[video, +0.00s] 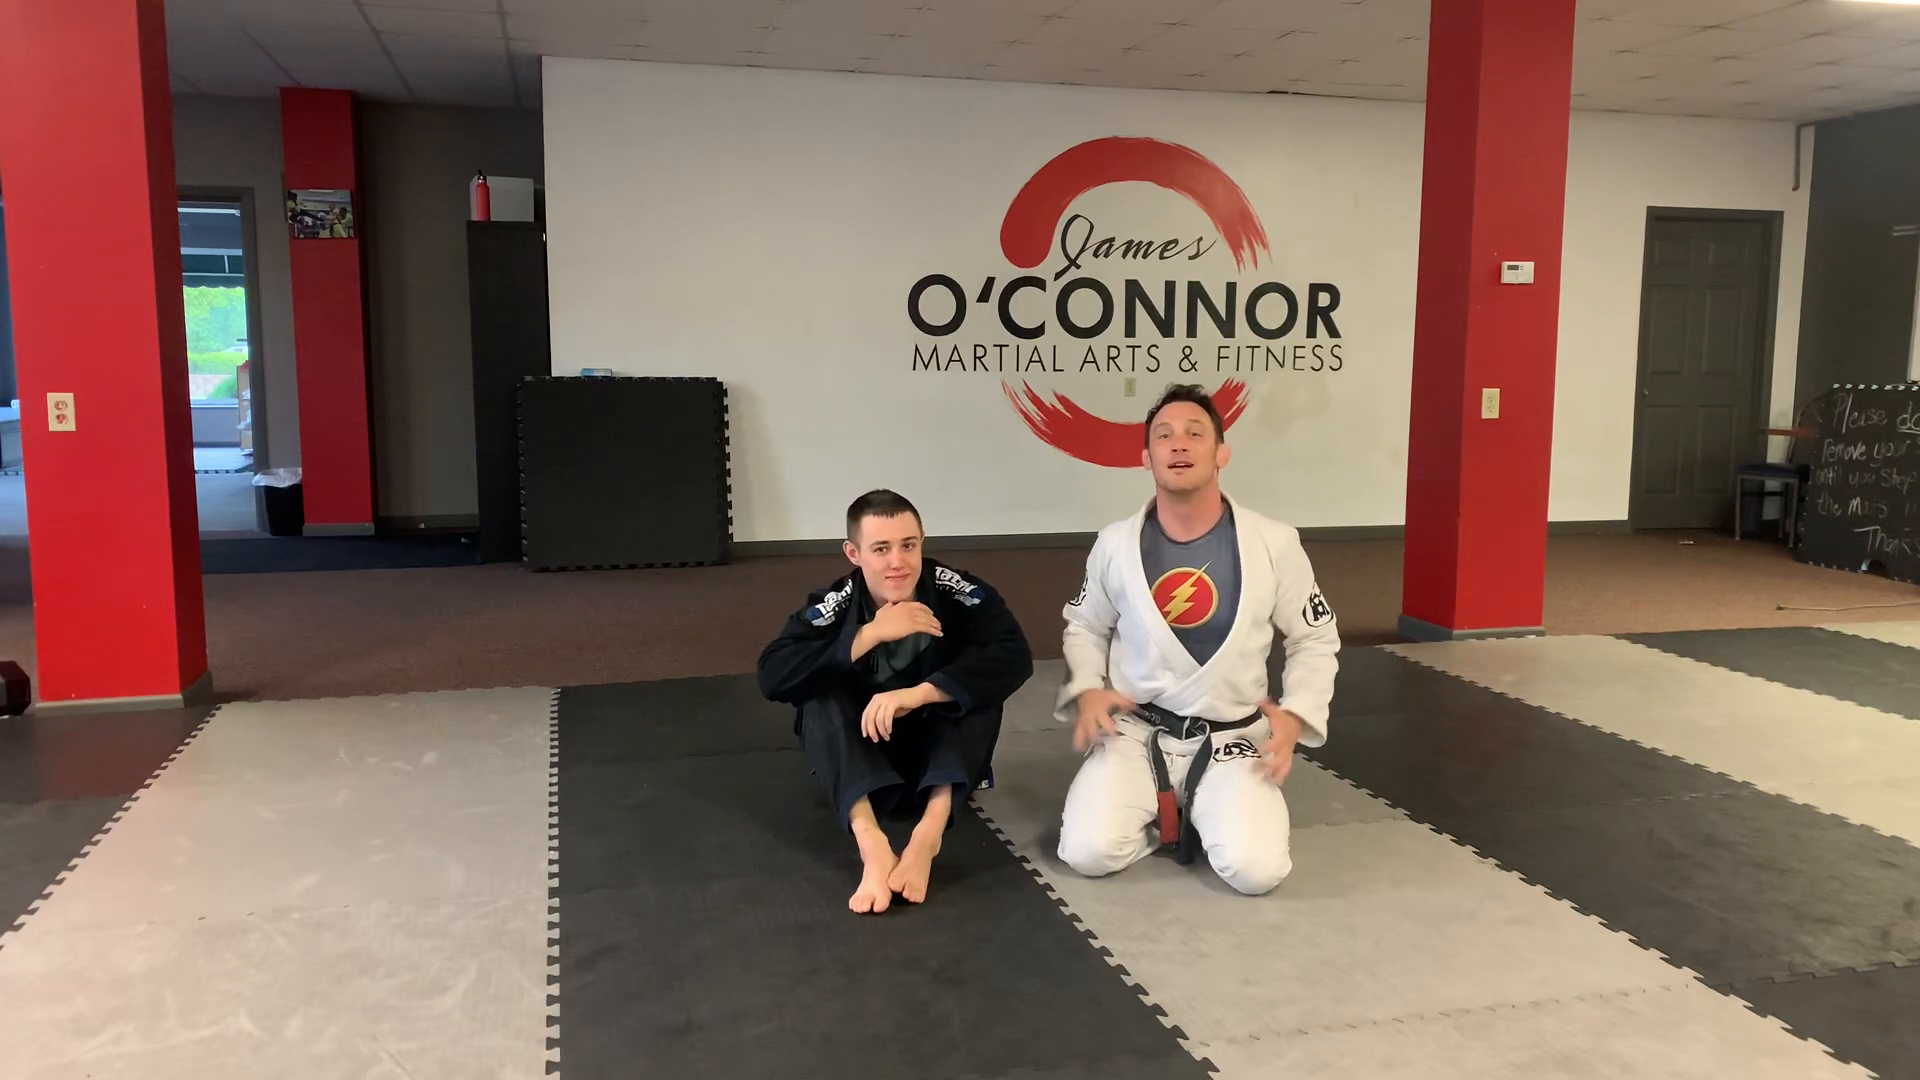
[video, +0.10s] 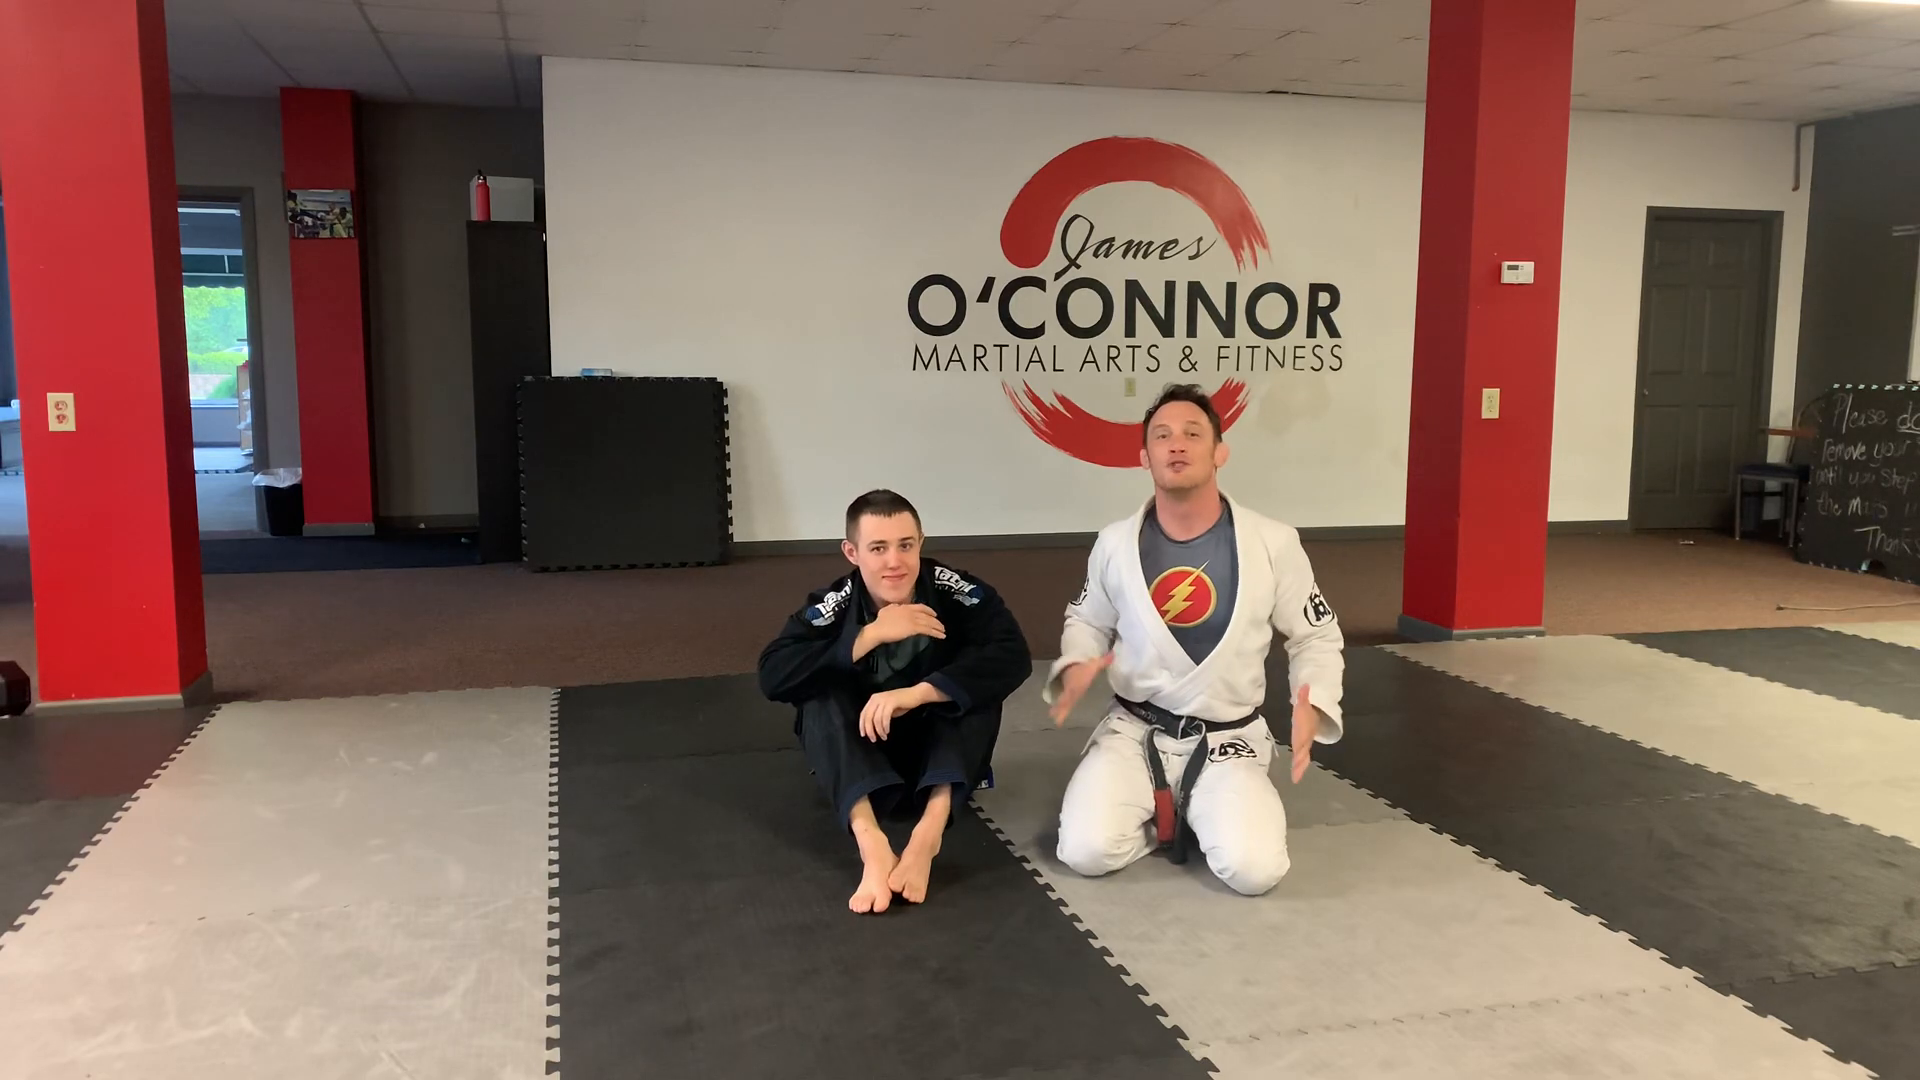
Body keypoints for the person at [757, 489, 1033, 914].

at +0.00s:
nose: (898, 561)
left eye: (908, 545)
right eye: (881, 549)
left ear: (921, 543)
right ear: (854, 554)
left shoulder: (960, 593)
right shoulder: (832, 606)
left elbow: (1011, 656)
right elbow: (774, 676)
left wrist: (920, 694)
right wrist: (872, 632)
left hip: (940, 756)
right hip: (859, 760)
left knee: (979, 687)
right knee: (823, 692)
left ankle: (929, 835)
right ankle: (872, 845)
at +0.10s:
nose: (895, 561)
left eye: (905, 545)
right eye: (878, 549)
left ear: (919, 543)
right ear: (852, 553)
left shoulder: (959, 593)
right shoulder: (832, 605)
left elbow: (1010, 656)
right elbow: (775, 675)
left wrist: (918, 693)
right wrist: (873, 633)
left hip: (939, 754)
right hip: (858, 758)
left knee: (977, 686)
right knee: (822, 691)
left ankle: (929, 833)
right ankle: (871, 843)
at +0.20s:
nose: (892, 561)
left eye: (904, 545)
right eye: (876, 548)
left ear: (919, 543)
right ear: (850, 552)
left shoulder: (958, 592)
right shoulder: (831, 606)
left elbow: (1009, 656)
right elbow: (776, 675)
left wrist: (918, 693)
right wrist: (875, 634)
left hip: (939, 753)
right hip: (858, 756)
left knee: (975, 687)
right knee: (821, 695)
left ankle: (929, 833)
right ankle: (871, 844)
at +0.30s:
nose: (892, 558)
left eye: (903, 542)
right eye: (876, 545)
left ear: (918, 541)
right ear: (850, 550)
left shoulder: (957, 591)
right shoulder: (831, 605)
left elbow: (1009, 656)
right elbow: (776, 676)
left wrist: (917, 693)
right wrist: (876, 640)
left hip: (939, 753)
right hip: (859, 756)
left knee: (973, 686)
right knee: (822, 694)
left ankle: (929, 833)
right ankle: (871, 843)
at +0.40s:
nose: (892, 554)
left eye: (904, 539)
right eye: (877, 541)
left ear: (919, 540)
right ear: (852, 547)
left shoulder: (959, 591)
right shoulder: (833, 605)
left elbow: (1009, 656)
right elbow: (775, 673)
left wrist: (917, 691)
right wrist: (878, 654)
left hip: (940, 753)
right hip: (860, 756)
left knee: (972, 691)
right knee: (816, 703)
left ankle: (928, 834)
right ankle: (871, 843)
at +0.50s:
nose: (894, 549)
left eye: (906, 535)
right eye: (878, 537)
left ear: (921, 538)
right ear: (853, 543)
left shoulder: (962, 592)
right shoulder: (833, 603)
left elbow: (1009, 655)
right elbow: (776, 669)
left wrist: (912, 691)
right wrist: (871, 674)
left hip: (940, 755)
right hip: (860, 758)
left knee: (977, 691)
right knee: (813, 705)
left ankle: (929, 833)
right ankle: (870, 844)